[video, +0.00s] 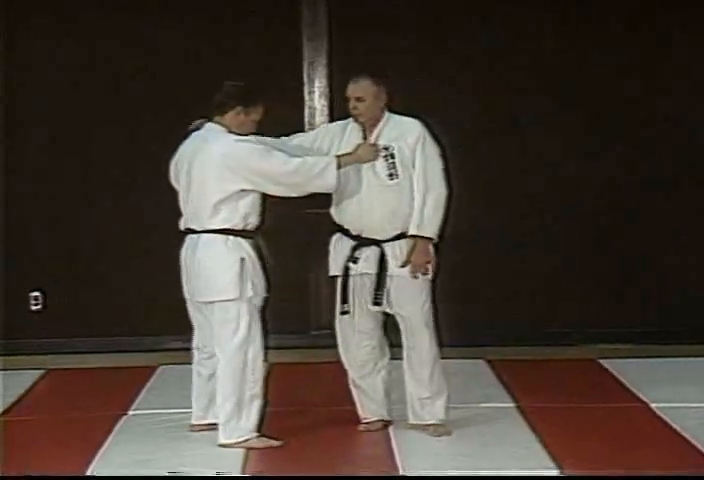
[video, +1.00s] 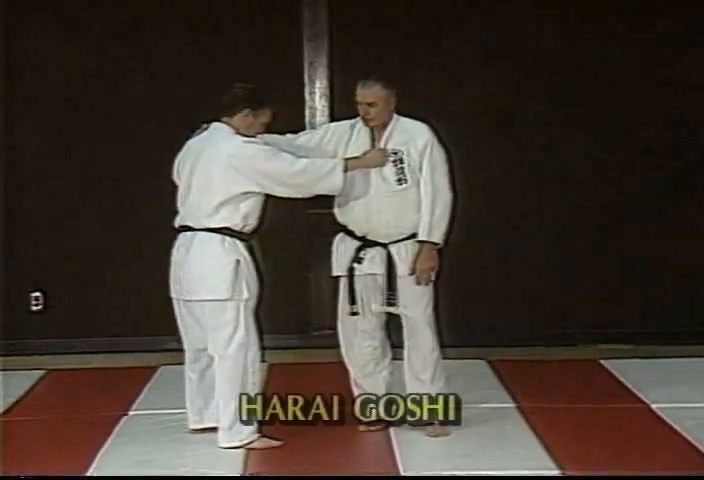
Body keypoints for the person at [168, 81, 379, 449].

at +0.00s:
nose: (256, 126)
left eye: (257, 119)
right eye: (254, 118)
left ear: (224, 113)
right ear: (237, 113)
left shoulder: (190, 146)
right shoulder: (235, 149)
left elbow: (175, 176)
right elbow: (288, 169)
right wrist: (350, 158)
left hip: (194, 249)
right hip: (228, 253)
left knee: (206, 340)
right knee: (239, 344)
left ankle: (203, 413)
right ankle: (237, 430)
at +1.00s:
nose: (264, 129)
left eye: (266, 122)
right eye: (263, 121)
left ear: (232, 115)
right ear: (244, 115)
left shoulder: (195, 145)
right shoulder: (242, 150)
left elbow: (179, 176)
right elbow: (296, 170)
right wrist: (359, 162)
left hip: (185, 251)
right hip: (221, 255)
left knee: (198, 345)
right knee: (234, 346)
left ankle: (202, 417)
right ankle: (237, 431)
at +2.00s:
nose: (254, 116)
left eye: (253, 110)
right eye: (250, 110)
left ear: (221, 112)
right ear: (230, 111)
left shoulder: (194, 146)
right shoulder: (240, 149)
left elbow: (181, 180)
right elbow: (295, 162)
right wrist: (353, 149)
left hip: (204, 250)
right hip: (238, 252)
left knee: (213, 340)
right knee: (246, 343)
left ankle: (209, 413)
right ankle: (239, 430)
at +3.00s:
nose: (286, 130)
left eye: (288, 125)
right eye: (285, 123)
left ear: (253, 114)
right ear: (269, 116)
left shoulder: (216, 141)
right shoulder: (260, 151)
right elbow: (315, 165)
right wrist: (369, 155)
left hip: (200, 247)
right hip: (233, 252)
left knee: (212, 342)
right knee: (245, 344)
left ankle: (212, 413)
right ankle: (245, 430)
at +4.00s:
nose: (313, 134)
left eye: (316, 127)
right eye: (313, 126)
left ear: (285, 115)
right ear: (297, 117)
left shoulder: (244, 139)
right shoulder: (282, 150)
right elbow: (331, 185)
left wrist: (336, 169)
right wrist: (388, 175)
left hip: (221, 244)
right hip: (251, 250)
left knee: (235, 338)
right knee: (266, 340)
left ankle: (233, 411)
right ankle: (265, 425)